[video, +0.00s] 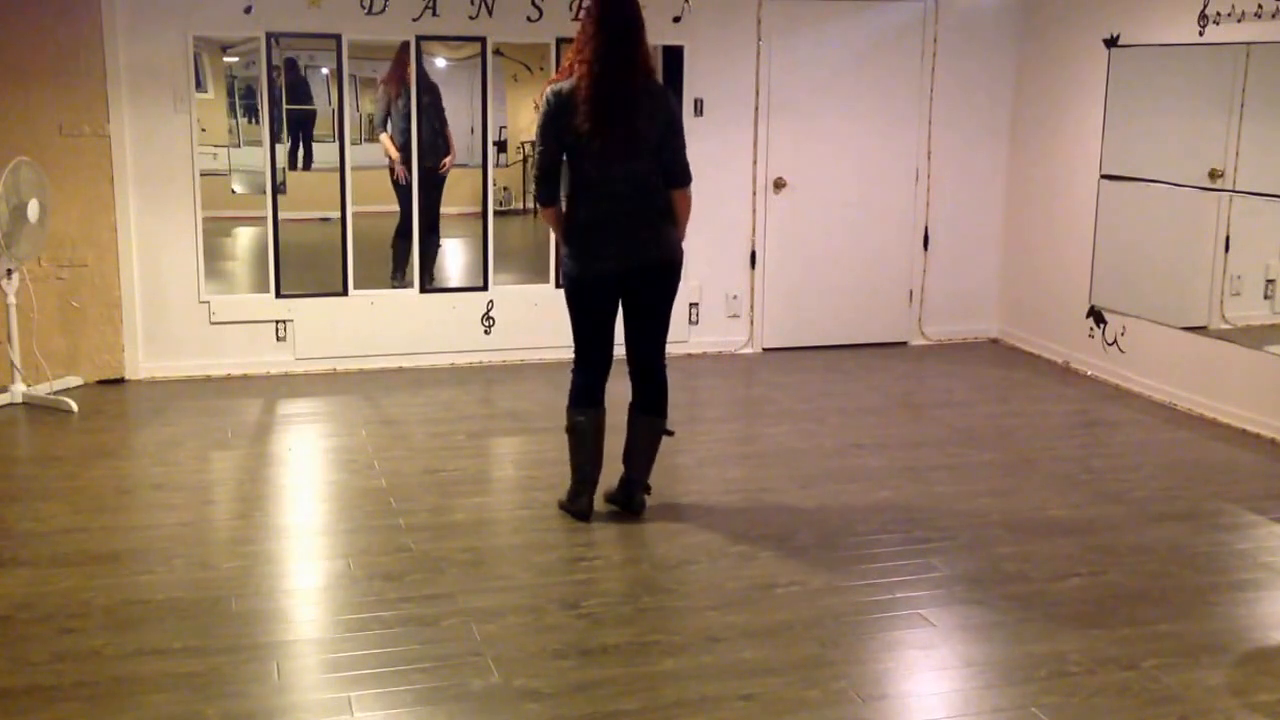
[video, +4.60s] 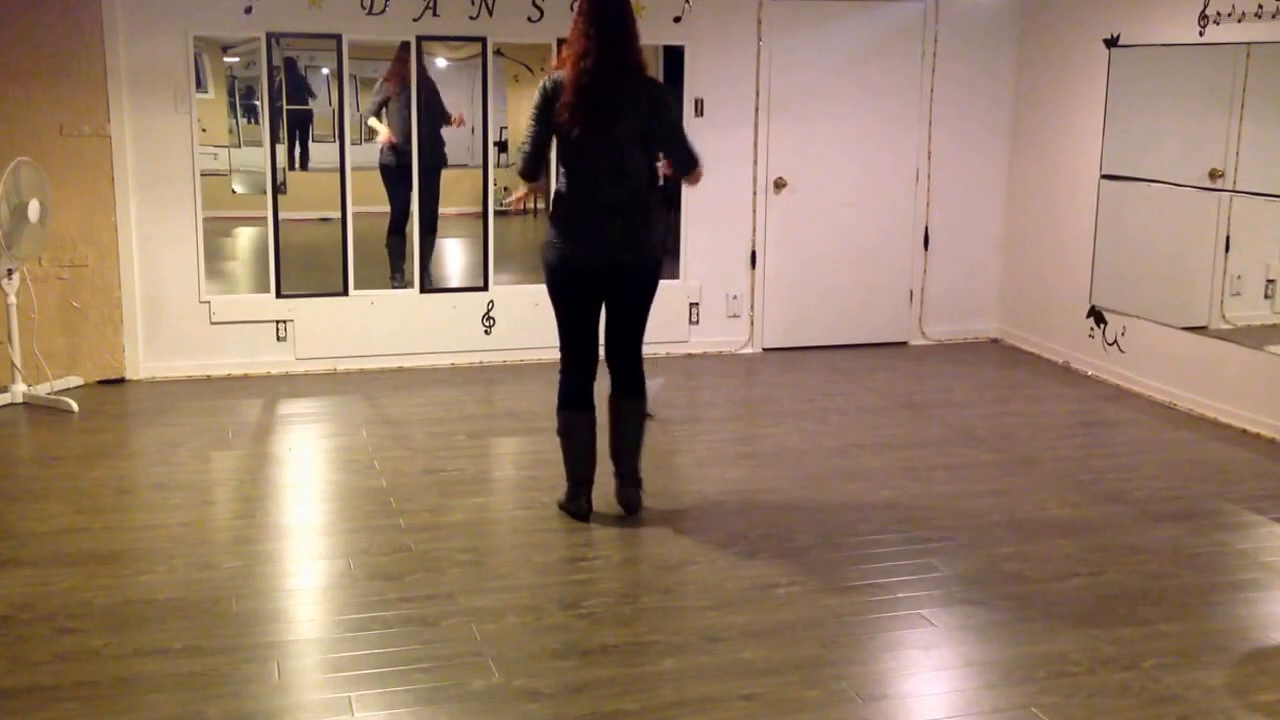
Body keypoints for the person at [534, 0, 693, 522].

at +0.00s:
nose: (578, 32)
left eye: (582, 24)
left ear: (585, 36)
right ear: (638, 37)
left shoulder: (562, 98)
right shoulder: (658, 96)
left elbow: (545, 193)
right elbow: (678, 181)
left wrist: (570, 236)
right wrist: (676, 236)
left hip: (589, 255)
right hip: (654, 253)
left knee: (589, 362)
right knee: (648, 364)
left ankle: (582, 489)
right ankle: (634, 486)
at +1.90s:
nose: (562, 39)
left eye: (567, 31)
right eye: (568, 29)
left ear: (574, 38)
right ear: (623, 36)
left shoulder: (570, 96)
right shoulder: (648, 95)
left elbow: (553, 174)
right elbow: (669, 169)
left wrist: (534, 223)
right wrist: (632, 200)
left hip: (572, 246)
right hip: (628, 248)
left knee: (578, 364)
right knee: (608, 358)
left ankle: (578, 492)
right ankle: (629, 481)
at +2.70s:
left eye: (574, 24)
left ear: (572, 34)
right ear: (624, 35)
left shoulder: (552, 94)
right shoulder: (644, 94)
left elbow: (528, 170)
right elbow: (672, 175)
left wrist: (558, 146)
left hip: (581, 254)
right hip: (645, 254)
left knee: (583, 363)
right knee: (638, 362)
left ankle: (579, 493)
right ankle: (632, 487)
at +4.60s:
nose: (572, 34)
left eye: (576, 26)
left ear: (578, 34)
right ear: (630, 35)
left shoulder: (555, 90)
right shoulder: (651, 93)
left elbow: (532, 168)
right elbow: (688, 167)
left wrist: (533, 187)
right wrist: (666, 165)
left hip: (572, 252)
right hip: (636, 254)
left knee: (576, 365)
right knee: (627, 359)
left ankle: (578, 493)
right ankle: (628, 485)